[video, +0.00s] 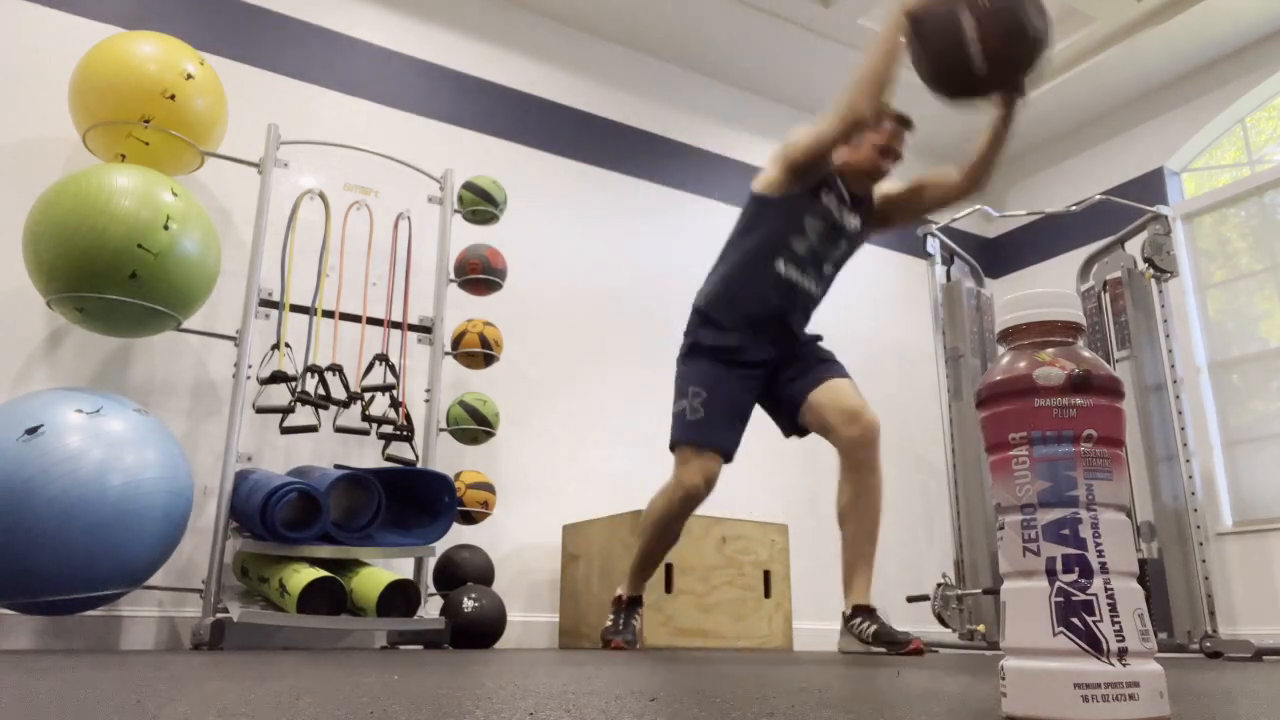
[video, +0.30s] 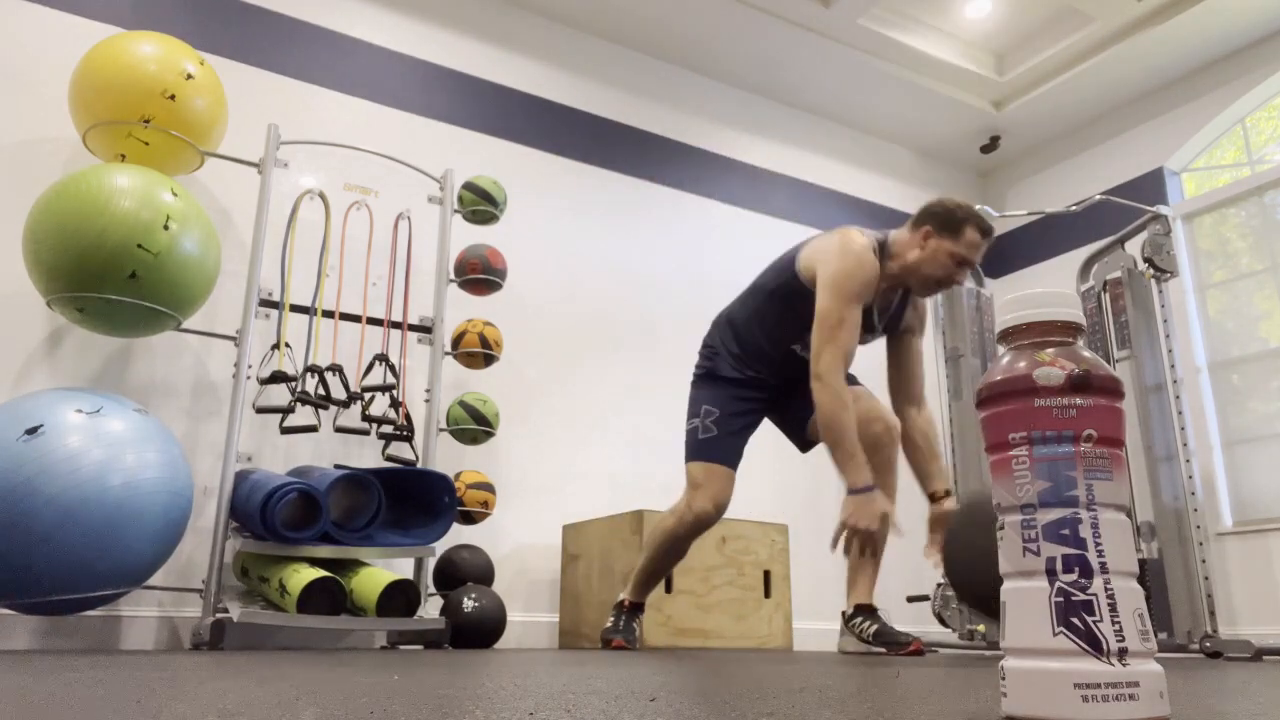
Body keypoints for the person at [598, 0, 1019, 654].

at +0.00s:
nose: (890, 161)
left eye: (896, 156)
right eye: (884, 148)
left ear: (890, 162)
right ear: (849, 137)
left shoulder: (866, 212)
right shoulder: (797, 171)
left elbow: (964, 184)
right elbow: (852, 112)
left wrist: (1005, 111)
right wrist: (902, 14)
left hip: (787, 348)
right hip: (720, 340)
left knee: (859, 430)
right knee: (695, 478)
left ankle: (858, 614)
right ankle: (627, 599)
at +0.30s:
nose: (960, 279)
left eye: (968, 269)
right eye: (960, 263)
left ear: (933, 248)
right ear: (925, 237)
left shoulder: (908, 304)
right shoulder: (851, 257)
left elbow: (911, 404)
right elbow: (828, 377)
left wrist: (940, 495)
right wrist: (860, 487)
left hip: (804, 376)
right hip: (735, 365)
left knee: (883, 433)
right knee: (707, 502)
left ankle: (860, 612)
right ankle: (630, 604)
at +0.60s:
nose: (979, 266)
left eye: (986, 254)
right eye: (975, 248)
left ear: (942, 237)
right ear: (936, 227)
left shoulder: (912, 298)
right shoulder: (863, 252)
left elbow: (906, 399)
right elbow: (850, 382)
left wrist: (940, 469)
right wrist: (934, 455)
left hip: (802, 366)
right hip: (740, 349)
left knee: (876, 437)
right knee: (711, 496)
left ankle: (861, 612)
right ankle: (624, 597)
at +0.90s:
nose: (913, 130)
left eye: (918, 123)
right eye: (903, 115)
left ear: (912, 143)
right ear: (862, 120)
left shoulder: (878, 217)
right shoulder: (820, 165)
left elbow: (899, 316)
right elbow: (853, 250)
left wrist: (975, 315)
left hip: (810, 338)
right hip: (748, 325)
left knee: (876, 428)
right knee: (733, 473)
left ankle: (860, 614)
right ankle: (642, 579)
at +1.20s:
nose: (811, 95)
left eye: (817, 88)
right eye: (799, 86)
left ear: (825, 106)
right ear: (773, 99)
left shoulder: (841, 179)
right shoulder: (754, 145)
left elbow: (930, 147)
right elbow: (757, 45)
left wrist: (930, 56)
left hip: (828, 313)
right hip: (751, 313)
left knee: (878, 422)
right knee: (721, 455)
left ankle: (862, 607)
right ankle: (663, 592)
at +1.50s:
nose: (710, 88)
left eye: (721, 77)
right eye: (704, 86)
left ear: (755, 77)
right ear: (710, 100)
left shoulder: (794, 101)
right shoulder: (718, 147)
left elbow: (763, 19)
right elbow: (651, 107)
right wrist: (662, 35)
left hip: (798, 268)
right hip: (737, 283)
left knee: (812, 410)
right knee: (689, 421)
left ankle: (895, 586)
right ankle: (694, 591)